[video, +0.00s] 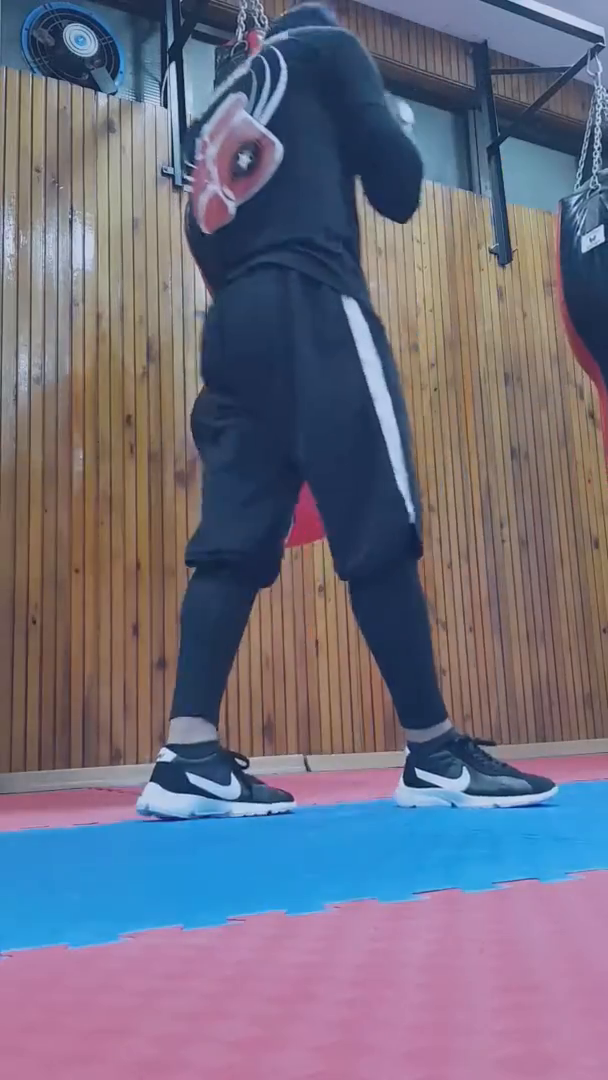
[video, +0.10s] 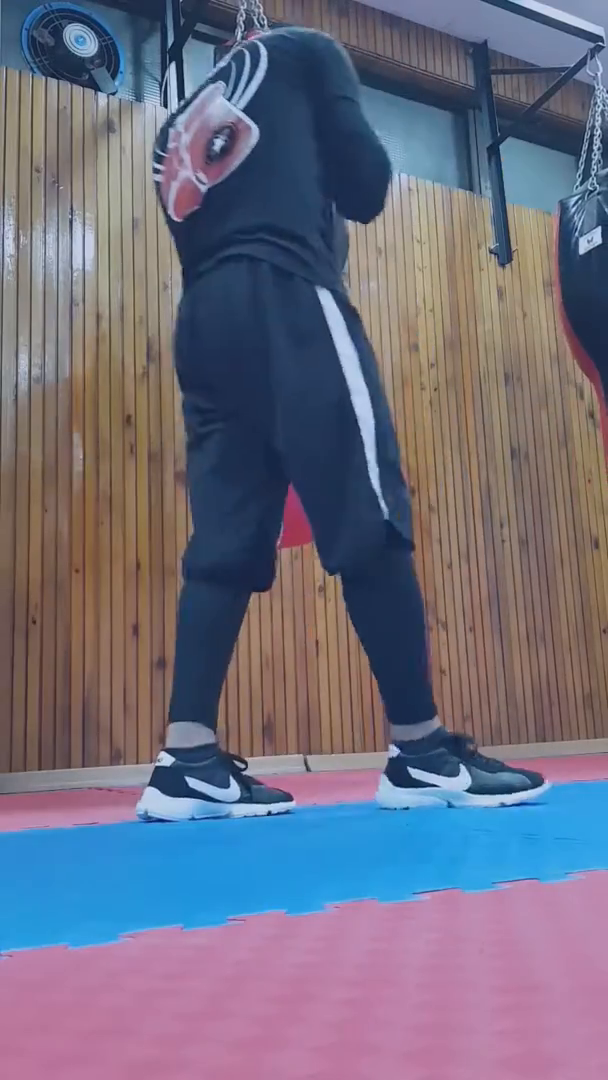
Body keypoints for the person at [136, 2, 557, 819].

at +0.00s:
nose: (352, 40)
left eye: (344, 37)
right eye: (344, 32)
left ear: (257, 33)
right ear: (325, 24)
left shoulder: (209, 113)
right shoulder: (326, 46)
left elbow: (212, 251)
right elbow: (398, 190)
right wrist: (374, 122)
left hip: (236, 319)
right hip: (315, 301)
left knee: (233, 543)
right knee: (377, 527)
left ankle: (188, 753)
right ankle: (436, 748)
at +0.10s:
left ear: (210, 45)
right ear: (267, 23)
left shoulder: (175, 123)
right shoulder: (304, 53)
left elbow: (203, 235)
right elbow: (366, 185)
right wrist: (292, 161)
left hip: (204, 313)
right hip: (287, 296)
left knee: (224, 545)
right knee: (366, 518)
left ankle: (188, 759)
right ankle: (422, 747)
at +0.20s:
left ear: (190, 43)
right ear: (249, 20)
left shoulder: (154, 111)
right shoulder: (283, 39)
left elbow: (169, 234)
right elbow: (340, 174)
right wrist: (262, 161)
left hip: (188, 300)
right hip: (277, 281)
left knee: (210, 542)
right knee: (363, 507)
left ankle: (188, 762)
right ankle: (407, 744)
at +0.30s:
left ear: (170, 18)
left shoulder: (135, 89)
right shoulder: (267, 16)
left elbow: (153, 233)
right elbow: (347, 155)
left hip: (174, 292)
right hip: (265, 266)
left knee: (192, 535)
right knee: (371, 489)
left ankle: (186, 755)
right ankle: (360, 724)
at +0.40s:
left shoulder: (122, 69)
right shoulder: (266, 7)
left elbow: (127, 234)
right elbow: (352, 142)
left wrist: (199, 141)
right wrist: (302, 79)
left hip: (167, 286)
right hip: (257, 259)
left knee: (185, 528)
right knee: (362, 478)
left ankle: (186, 762)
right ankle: (302, 700)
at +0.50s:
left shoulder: (121, 53)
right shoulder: (273, 4)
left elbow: (93, 208)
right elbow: (347, 140)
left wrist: (197, 160)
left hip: (166, 278)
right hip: (260, 254)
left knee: (186, 527)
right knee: (316, 491)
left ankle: (181, 761)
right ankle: (267, 713)